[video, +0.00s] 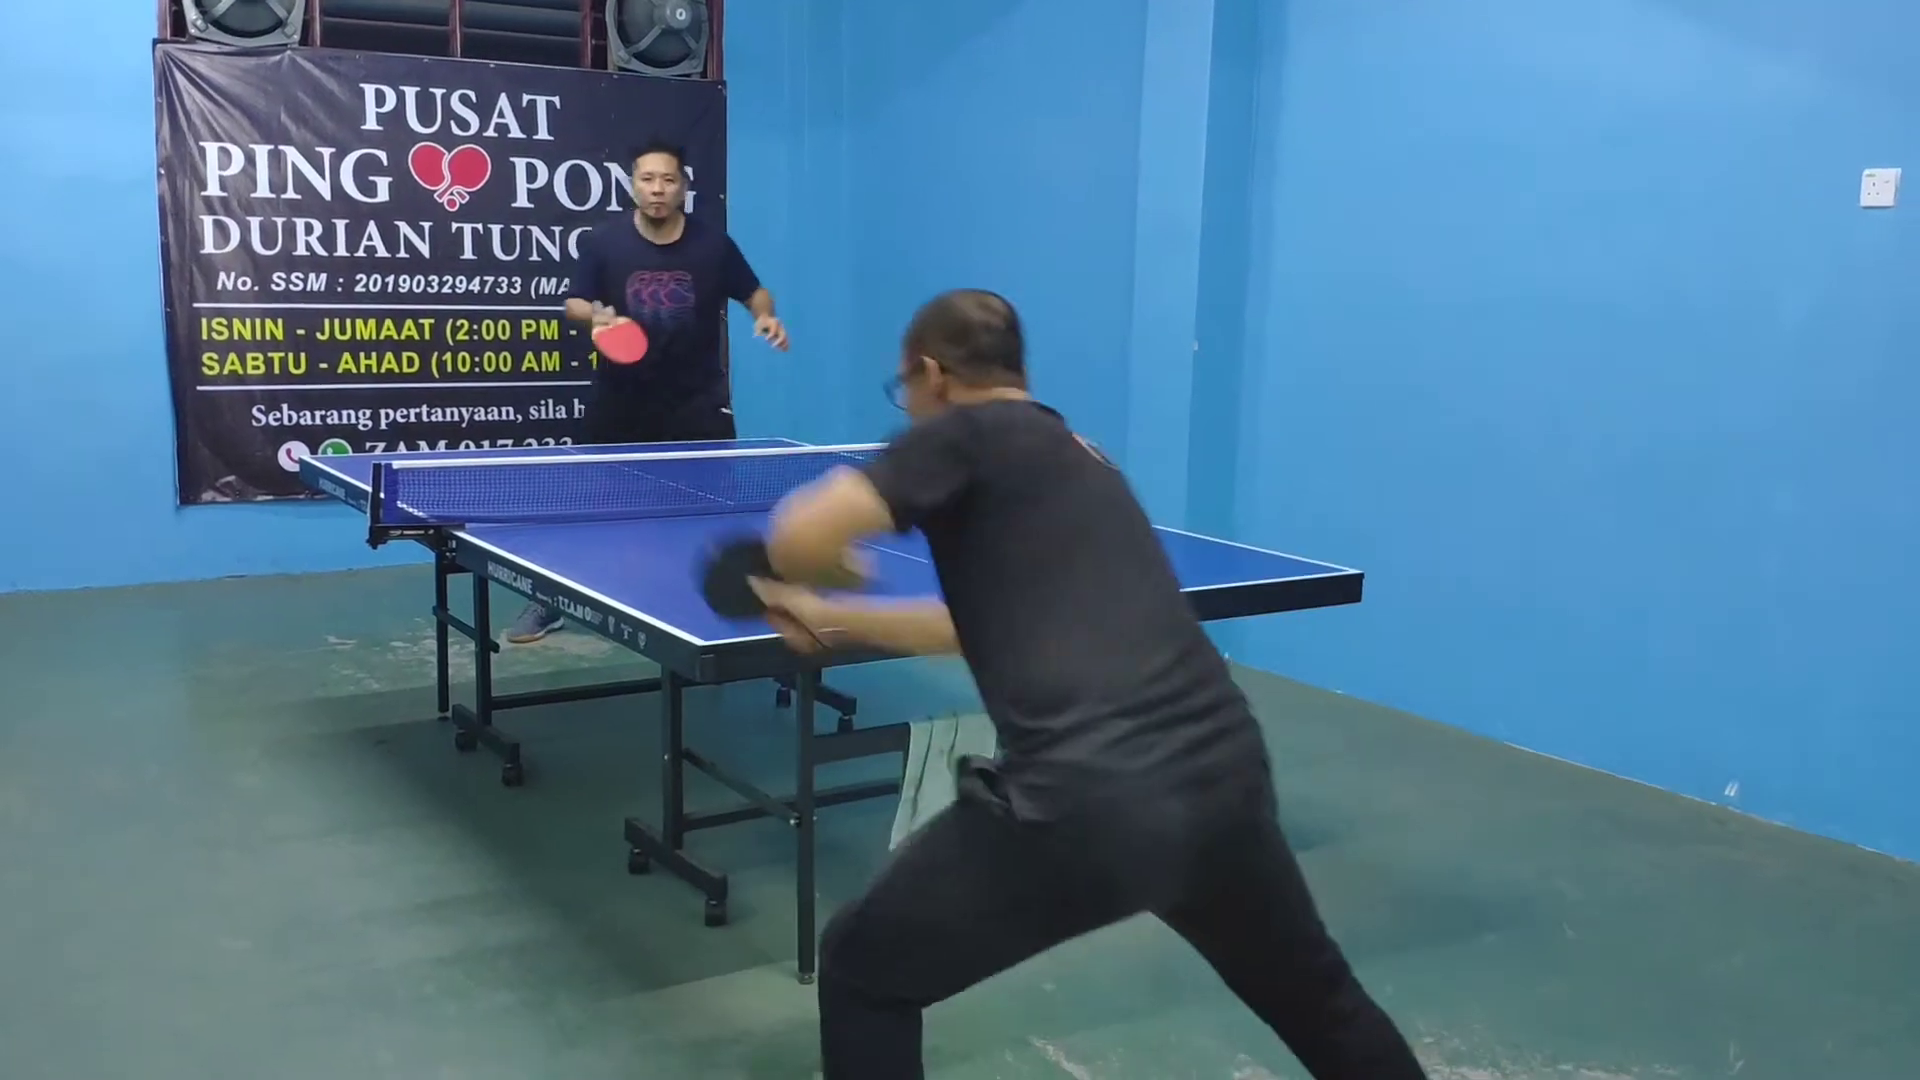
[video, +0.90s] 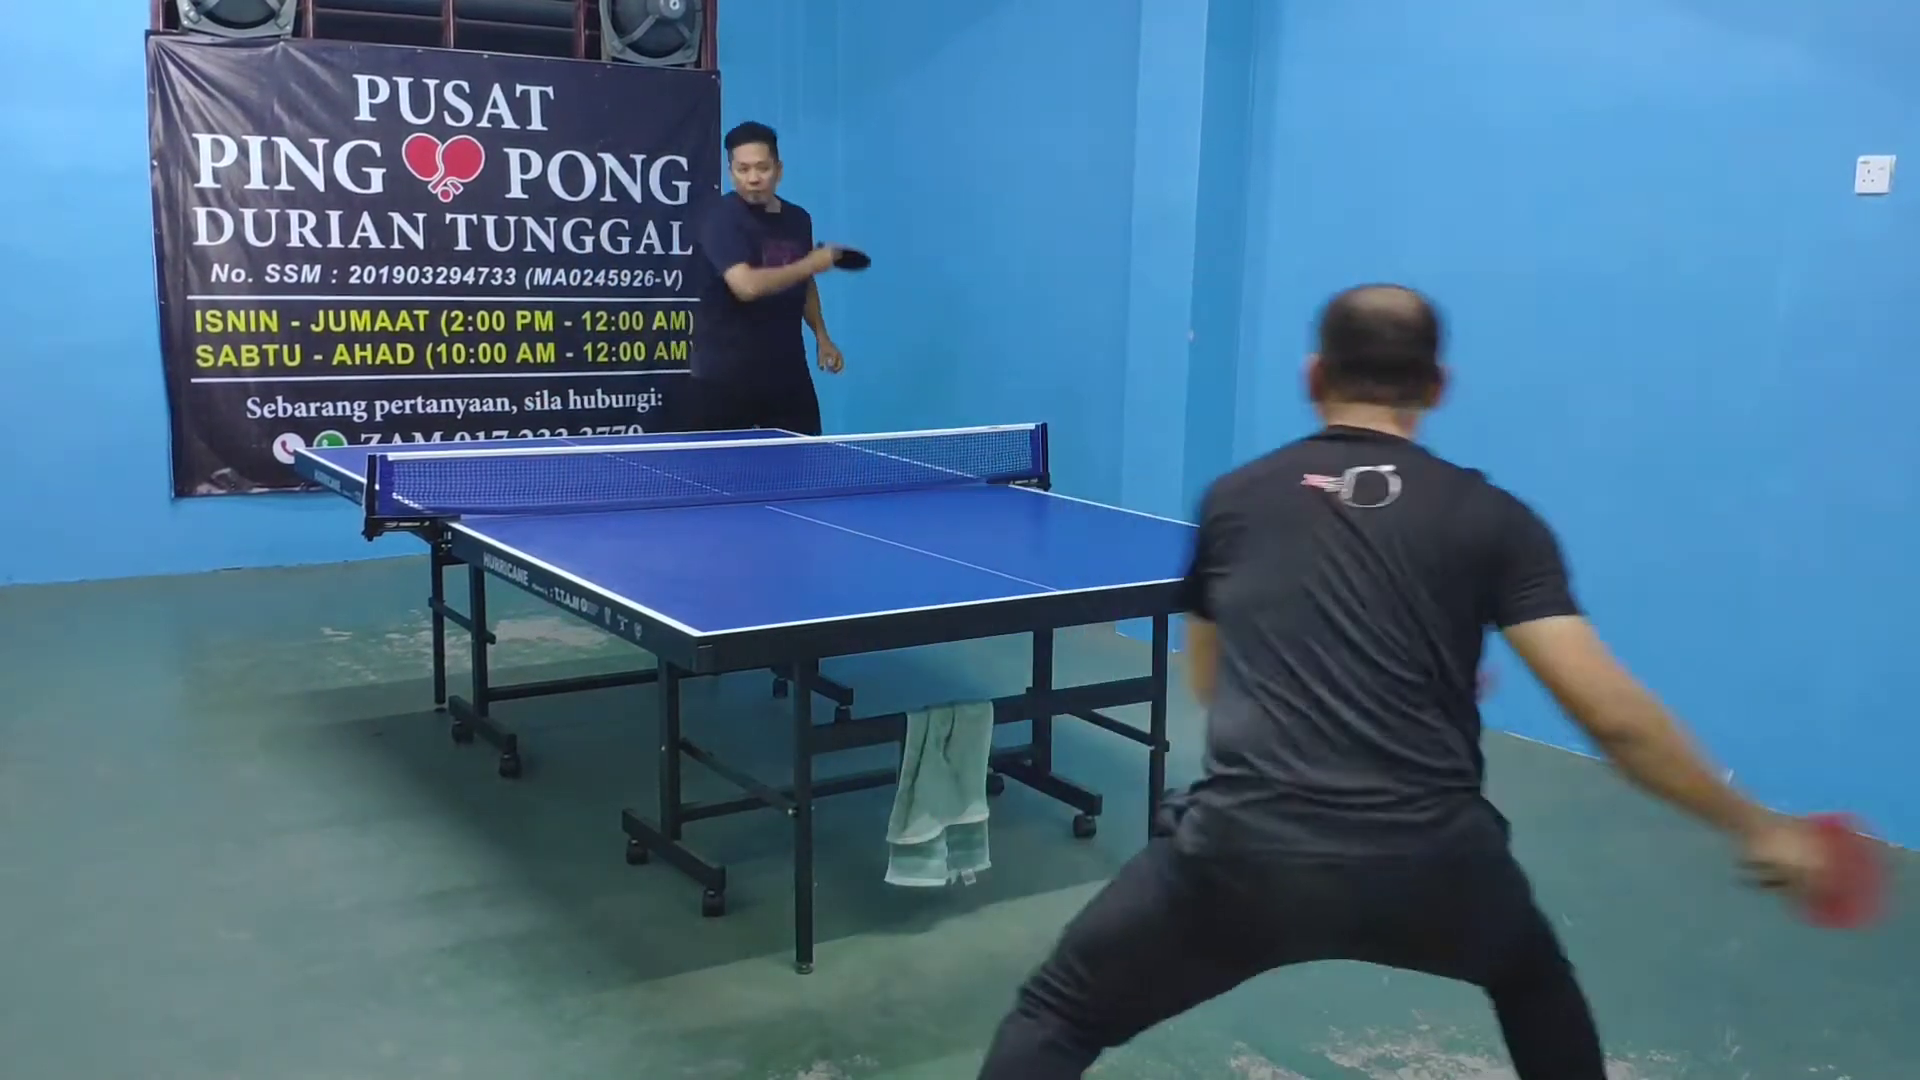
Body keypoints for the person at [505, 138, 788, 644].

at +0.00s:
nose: (657, 187)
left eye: (667, 179)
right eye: (648, 178)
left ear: (684, 187)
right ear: (632, 185)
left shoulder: (711, 242)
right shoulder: (605, 242)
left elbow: (754, 292)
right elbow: (572, 303)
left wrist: (765, 316)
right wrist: (595, 312)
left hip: (697, 403)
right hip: (622, 402)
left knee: (721, 499)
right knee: (581, 496)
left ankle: (740, 602)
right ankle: (547, 600)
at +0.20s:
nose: (626, 176)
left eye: (635, 167)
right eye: (616, 167)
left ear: (652, 172)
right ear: (602, 173)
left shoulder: (687, 227)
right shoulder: (577, 229)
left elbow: (737, 283)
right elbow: (560, 288)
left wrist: (716, 311)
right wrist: (568, 327)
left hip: (674, 387)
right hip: (602, 384)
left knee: (683, 486)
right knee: (572, 484)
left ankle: (690, 594)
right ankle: (543, 591)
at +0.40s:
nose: (652, 197)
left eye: (662, 186)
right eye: (642, 188)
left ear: (679, 186)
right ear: (628, 189)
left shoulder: (703, 232)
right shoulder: (614, 223)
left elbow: (753, 293)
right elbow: (587, 269)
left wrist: (697, 305)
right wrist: (559, 325)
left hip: (695, 391)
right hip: (627, 386)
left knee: (712, 498)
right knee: (583, 482)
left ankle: (724, 597)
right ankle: (543, 591)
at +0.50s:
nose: (679, 200)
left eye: (689, 189)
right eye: (669, 190)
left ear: (711, 189)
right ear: (657, 191)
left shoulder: (732, 240)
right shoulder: (645, 220)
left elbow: (786, 291)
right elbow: (613, 234)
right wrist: (579, 288)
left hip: (730, 399)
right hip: (659, 395)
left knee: (746, 503)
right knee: (608, 492)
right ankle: (552, 590)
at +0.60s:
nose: (704, 190)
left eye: (714, 180)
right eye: (696, 180)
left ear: (732, 180)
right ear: (683, 179)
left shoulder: (763, 231)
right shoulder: (663, 210)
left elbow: (809, 282)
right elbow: (617, 232)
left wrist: (834, 322)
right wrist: (607, 287)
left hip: (756, 384)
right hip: (685, 383)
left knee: (772, 482)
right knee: (669, 482)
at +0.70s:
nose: (715, 175)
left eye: (725, 166)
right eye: (708, 165)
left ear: (750, 161)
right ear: (700, 160)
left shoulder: (783, 207)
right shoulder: (683, 197)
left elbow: (814, 263)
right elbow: (644, 251)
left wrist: (834, 307)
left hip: (767, 357)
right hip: (699, 356)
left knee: (781, 459)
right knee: (689, 461)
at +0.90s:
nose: (753, 178)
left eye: (762, 167)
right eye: (744, 168)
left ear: (778, 169)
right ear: (732, 171)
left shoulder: (797, 219)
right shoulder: (719, 217)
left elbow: (804, 285)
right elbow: (745, 285)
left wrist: (822, 338)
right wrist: (811, 264)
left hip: (785, 370)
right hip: (726, 374)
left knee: (803, 465)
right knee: (722, 473)